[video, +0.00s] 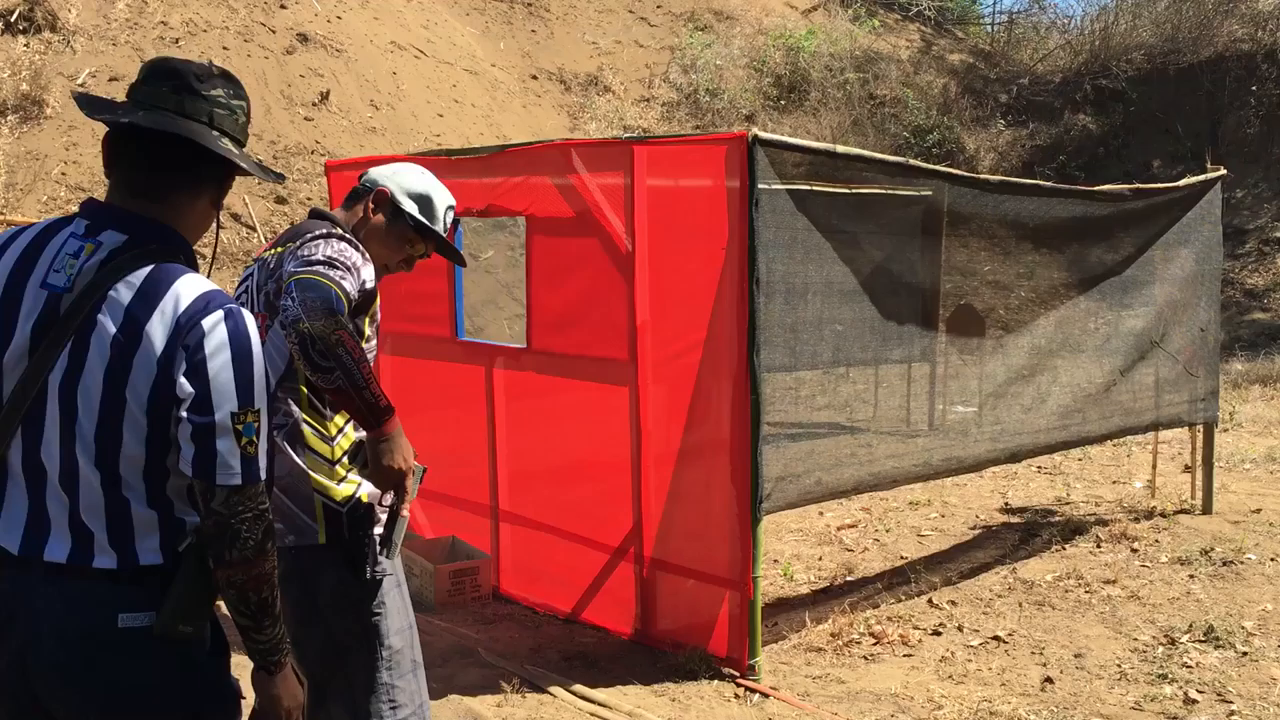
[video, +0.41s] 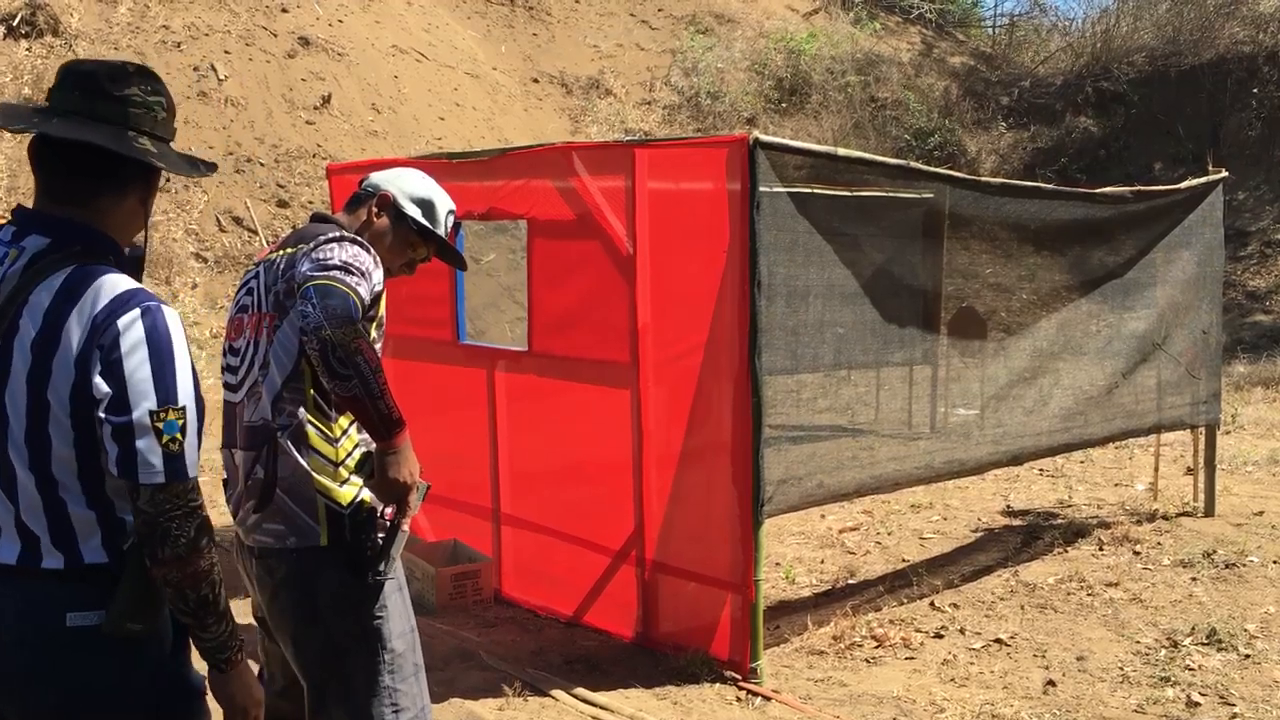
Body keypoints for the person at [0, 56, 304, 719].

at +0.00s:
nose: (223, 208)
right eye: (231, 187)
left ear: (108, 154)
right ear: (219, 189)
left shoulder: (14, 254)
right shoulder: (208, 324)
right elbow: (235, 526)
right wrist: (273, 661)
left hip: (11, 601)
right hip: (141, 630)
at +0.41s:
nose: (156, 197)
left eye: (158, 178)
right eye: (158, 179)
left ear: (35, 161)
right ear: (145, 184)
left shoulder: (5, 263)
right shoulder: (130, 319)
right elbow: (171, 528)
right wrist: (228, 655)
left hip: (5, 607)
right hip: (102, 627)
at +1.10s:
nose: (62, 205)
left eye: (63, 188)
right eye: (58, 186)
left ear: (18, 183)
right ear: (19, 182)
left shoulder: (21, 292)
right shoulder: (21, 298)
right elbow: (40, 491)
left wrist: (20, 276)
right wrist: (113, 638)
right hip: (33, 639)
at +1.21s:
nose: (64, 206)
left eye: (66, 187)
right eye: (59, 185)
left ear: (18, 179)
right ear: (18, 177)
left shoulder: (19, 288)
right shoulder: (21, 295)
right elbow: (44, 487)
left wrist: (25, 267)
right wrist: (118, 636)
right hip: (33, 641)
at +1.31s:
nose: (73, 206)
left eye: (75, 185)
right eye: (67, 182)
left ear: (22, 178)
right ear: (24, 176)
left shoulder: (17, 286)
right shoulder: (27, 295)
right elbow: (55, 496)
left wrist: (34, 276)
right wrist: (126, 640)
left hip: (17, 635)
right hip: (37, 644)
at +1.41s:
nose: (87, 206)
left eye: (89, 187)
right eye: (83, 184)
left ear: (34, 178)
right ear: (40, 176)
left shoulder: (19, 287)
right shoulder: (37, 296)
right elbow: (70, 500)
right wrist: (139, 641)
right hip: (39, 642)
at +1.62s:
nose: (125, 202)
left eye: (128, 184)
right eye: (121, 181)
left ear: (17, 165)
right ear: (79, 177)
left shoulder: (16, 286)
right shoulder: (70, 307)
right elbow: (111, 516)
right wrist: (176, 649)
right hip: (67, 645)